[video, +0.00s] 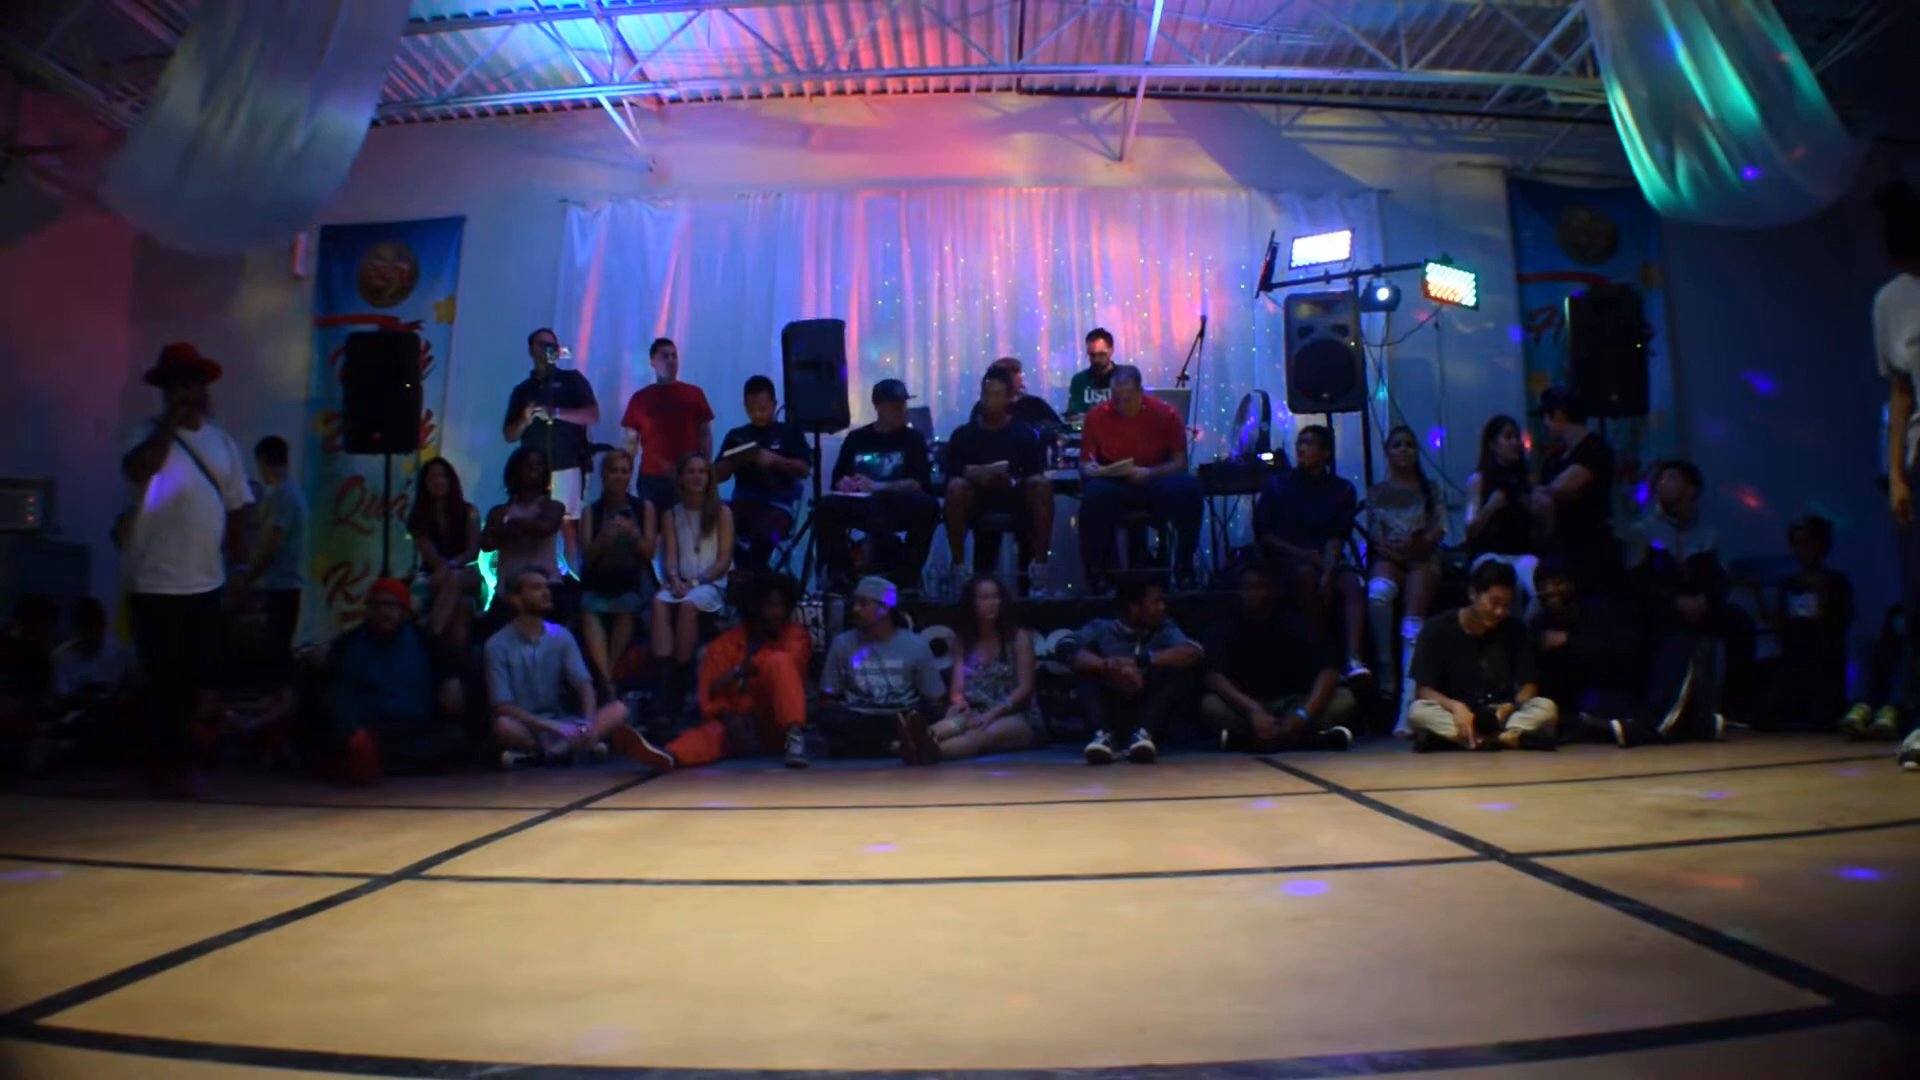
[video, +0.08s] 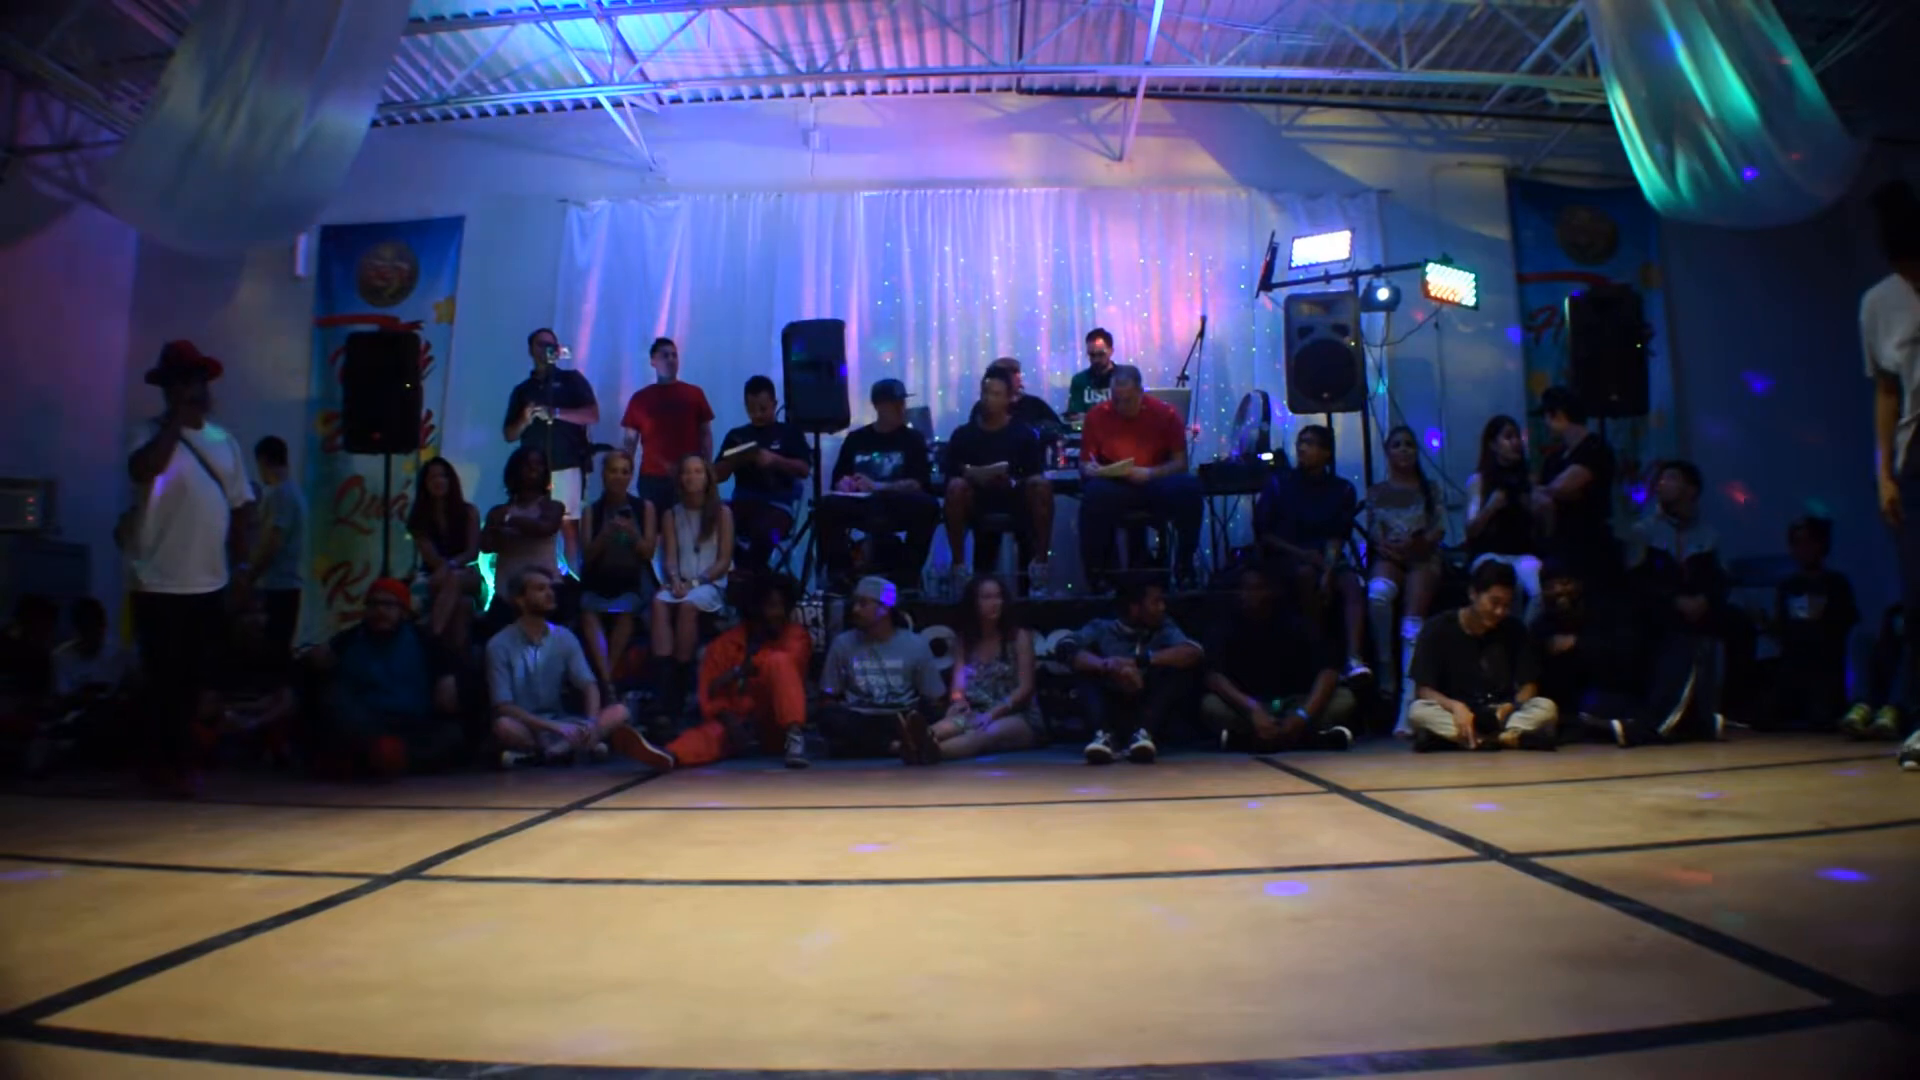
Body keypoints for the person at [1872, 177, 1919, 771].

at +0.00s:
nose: (1895, 245)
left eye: (1895, 238)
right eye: (1897, 239)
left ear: (1894, 241)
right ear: (1905, 241)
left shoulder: (1893, 301)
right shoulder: (1893, 300)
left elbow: (1899, 393)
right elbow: (1899, 392)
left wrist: (1897, 472)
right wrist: (1896, 471)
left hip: (1915, 467)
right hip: (1914, 469)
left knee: (1912, 601)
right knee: (1913, 600)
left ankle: (1911, 716)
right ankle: (1912, 719)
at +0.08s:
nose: (1899, 254)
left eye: (1901, 244)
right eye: (1895, 246)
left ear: (1903, 242)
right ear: (1892, 245)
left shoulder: (1885, 303)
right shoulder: (1880, 303)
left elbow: (1885, 391)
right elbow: (1886, 390)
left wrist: (1886, 467)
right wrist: (1885, 469)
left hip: (1912, 468)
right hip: (1911, 469)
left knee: (1912, 598)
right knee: (1912, 598)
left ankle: (1911, 718)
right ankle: (1914, 722)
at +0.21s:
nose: (1900, 263)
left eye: (1903, 251)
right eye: (1892, 253)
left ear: (1909, 244)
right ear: (1883, 250)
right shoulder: (1866, 303)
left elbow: (1865, 391)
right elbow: (1867, 389)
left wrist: (1869, 463)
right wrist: (1866, 467)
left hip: (1907, 446)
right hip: (1903, 448)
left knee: (1909, 588)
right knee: (1909, 586)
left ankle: (1910, 718)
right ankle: (1912, 722)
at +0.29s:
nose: (1900, 268)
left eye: (1904, 256)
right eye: (1892, 257)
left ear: (1913, 248)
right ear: (1881, 253)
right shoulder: (1860, 303)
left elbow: (1856, 390)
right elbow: (1858, 388)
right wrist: (1859, 464)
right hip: (1900, 449)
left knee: (1910, 589)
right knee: (1909, 588)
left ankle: (1913, 720)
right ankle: (1913, 723)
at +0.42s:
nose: (1898, 257)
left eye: (1902, 246)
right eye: (1891, 247)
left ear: (1909, 242)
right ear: (1882, 246)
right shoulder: (1856, 302)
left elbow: (1849, 390)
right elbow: (1851, 390)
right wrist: (1855, 458)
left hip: (1908, 446)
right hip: (1898, 447)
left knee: (1907, 587)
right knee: (1906, 587)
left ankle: (1910, 719)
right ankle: (1911, 723)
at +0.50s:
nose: (1902, 256)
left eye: (1906, 245)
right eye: (1896, 247)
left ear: (1912, 243)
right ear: (1885, 246)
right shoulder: (1855, 302)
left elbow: (1848, 389)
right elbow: (1850, 389)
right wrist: (1857, 456)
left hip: (1909, 445)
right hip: (1898, 447)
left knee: (1907, 587)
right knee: (1906, 586)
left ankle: (1911, 719)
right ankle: (1911, 721)